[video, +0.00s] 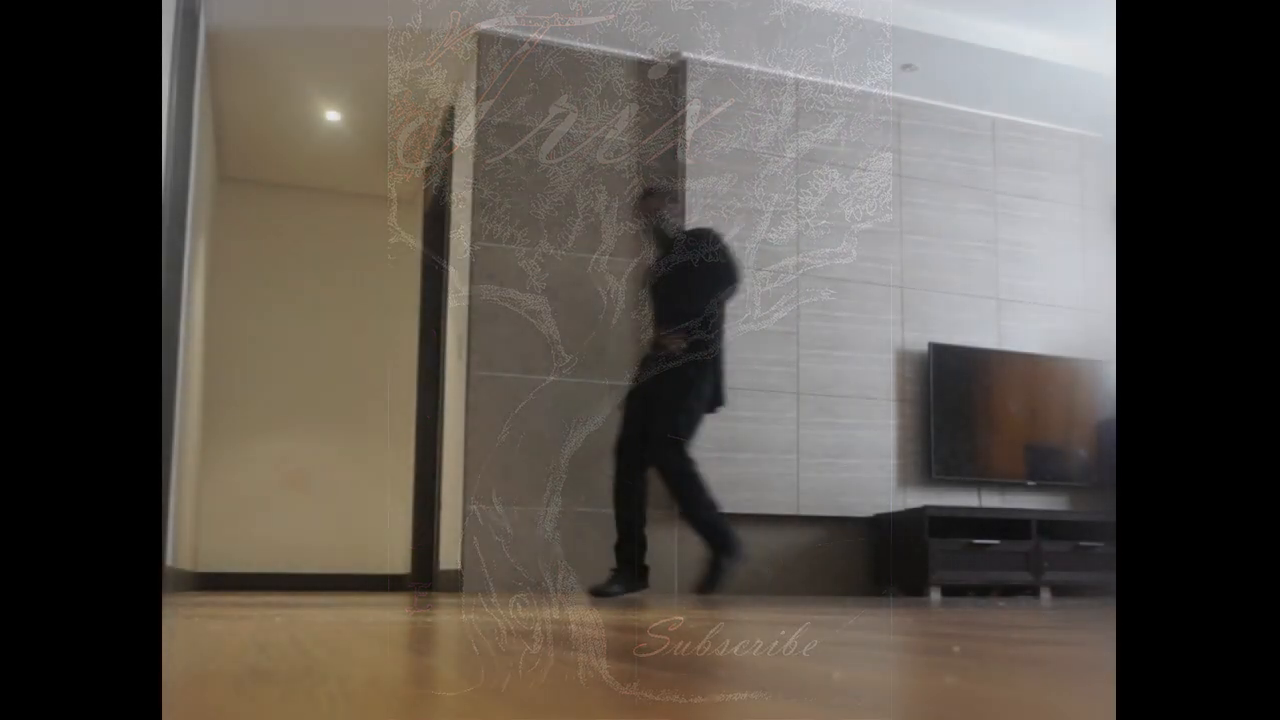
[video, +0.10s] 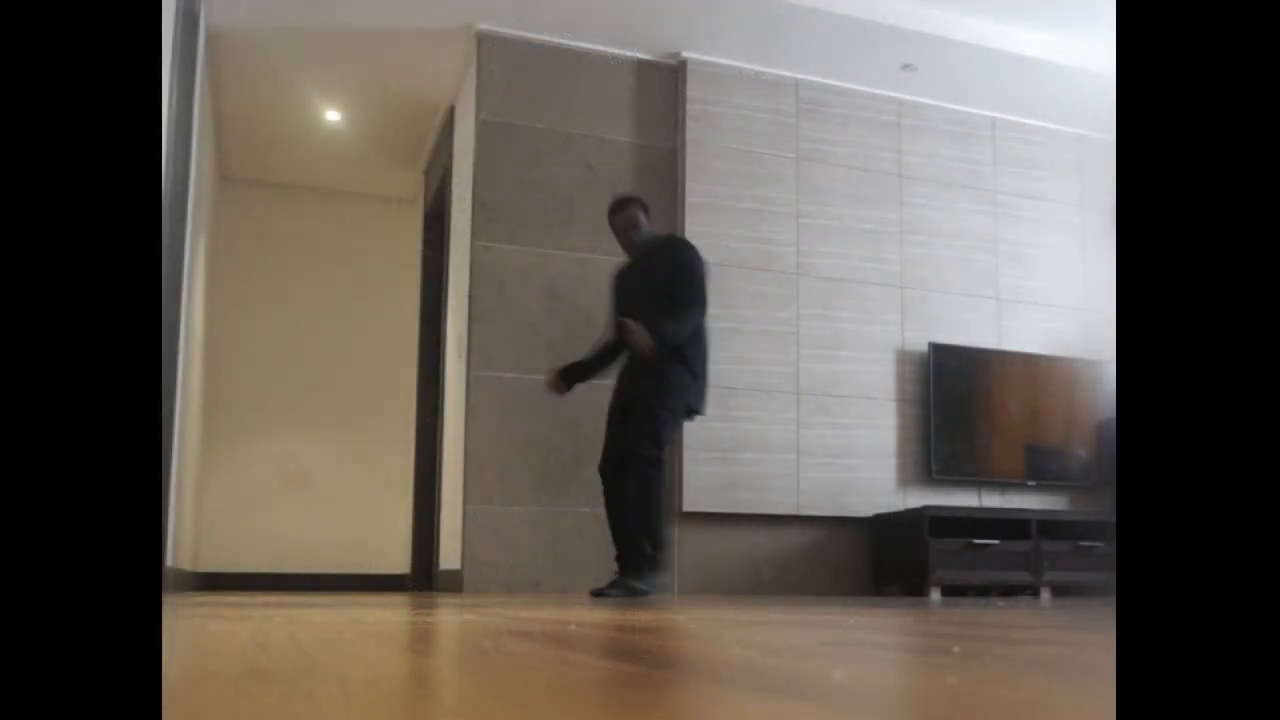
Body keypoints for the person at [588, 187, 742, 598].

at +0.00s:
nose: (654, 217)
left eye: (659, 208)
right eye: (648, 211)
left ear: (675, 208)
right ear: (643, 216)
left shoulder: (703, 243)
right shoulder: (661, 265)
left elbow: (725, 278)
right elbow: (670, 319)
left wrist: (681, 326)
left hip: (693, 377)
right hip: (657, 376)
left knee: (666, 451)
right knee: (629, 458)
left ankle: (723, 544)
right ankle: (630, 568)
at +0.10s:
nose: (632, 232)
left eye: (636, 224)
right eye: (622, 229)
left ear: (649, 221)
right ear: (615, 234)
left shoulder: (677, 251)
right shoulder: (626, 277)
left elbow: (692, 311)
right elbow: (620, 339)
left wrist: (657, 335)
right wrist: (572, 374)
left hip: (671, 379)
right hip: (637, 380)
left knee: (641, 461)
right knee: (614, 467)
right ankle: (631, 571)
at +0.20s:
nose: (634, 204)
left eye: (640, 195)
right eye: (626, 198)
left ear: (653, 196)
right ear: (616, 205)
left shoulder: (674, 235)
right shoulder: (617, 255)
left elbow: (701, 286)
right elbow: (605, 320)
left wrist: (703, 339)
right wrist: (583, 368)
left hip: (661, 360)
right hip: (625, 362)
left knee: (631, 451)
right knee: (623, 456)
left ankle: (616, 553)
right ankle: (631, 566)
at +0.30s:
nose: (643, 195)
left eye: (650, 187)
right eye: (635, 187)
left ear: (661, 193)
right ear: (621, 193)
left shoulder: (675, 238)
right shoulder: (611, 240)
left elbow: (727, 279)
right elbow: (598, 302)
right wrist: (589, 356)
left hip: (633, 361)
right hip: (601, 359)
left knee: (604, 451)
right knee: (623, 452)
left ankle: (584, 561)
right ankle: (655, 550)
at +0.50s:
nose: (634, 209)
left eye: (638, 201)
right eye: (624, 203)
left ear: (649, 202)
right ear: (609, 208)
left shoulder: (672, 241)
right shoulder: (600, 251)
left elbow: (723, 281)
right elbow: (575, 308)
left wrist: (780, 314)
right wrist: (526, 343)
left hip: (637, 363)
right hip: (596, 361)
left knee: (582, 440)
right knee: (589, 451)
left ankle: (566, 555)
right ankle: (658, 542)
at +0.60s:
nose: (624, 231)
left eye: (627, 221)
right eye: (613, 228)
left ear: (637, 217)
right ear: (601, 232)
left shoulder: (669, 251)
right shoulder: (596, 271)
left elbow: (709, 286)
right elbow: (543, 308)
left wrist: (732, 301)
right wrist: (484, 302)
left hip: (656, 370)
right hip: (612, 373)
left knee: (590, 426)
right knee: (609, 469)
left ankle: (529, 513)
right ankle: (660, 564)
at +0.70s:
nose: (620, 235)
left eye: (624, 225)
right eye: (610, 231)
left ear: (634, 216)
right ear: (598, 233)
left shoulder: (668, 247)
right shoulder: (595, 271)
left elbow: (714, 290)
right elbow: (552, 310)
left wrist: (696, 297)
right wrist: (502, 295)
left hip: (658, 370)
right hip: (615, 375)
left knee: (595, 405)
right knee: (625, 474)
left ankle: (550, 494)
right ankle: (666, 568)